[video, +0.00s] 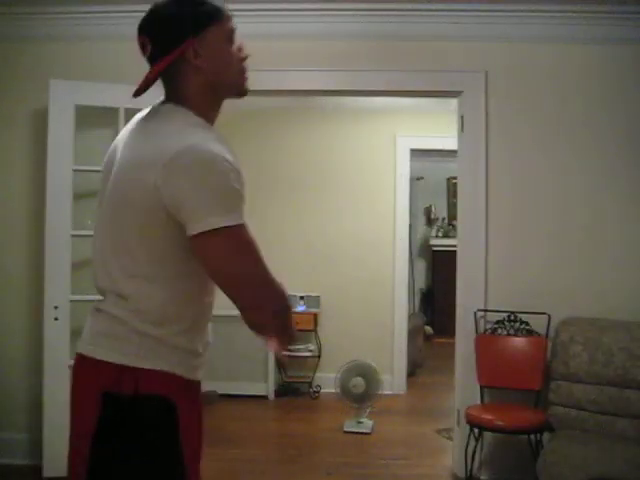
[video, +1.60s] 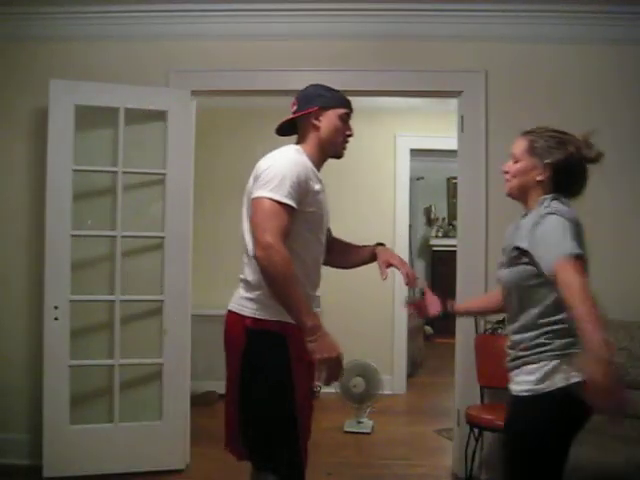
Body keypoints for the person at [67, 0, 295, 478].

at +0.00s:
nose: (242, 52)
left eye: (236, 40)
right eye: (229, 41)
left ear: (192, 58)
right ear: (195, 56)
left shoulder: (140, 134)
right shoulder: (193, 153)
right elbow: (264, 304)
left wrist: (263, 317)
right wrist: (282, 329)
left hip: (110, 374)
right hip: (147, 386)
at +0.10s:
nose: (232, 66)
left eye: (226, 53)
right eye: (220, 54)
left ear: (182, 70)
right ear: (185, 68)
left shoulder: (120, 143)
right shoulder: (196, 160)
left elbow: (90, 242)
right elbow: (243, 295)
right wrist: (297, 389)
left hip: (105, 371)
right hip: (157, 383)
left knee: (102, 474)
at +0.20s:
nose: (226, 76)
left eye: (222, 64)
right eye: (216, 65)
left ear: (178, 79)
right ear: (184, 77)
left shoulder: (110, 148)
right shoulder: (203, 155)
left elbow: (72, 238)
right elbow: (231, 289)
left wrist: (125, 294)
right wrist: (261, 416)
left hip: (103, 360)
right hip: (166, 369)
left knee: (100, 472)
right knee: (180, 473)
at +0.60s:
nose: (251, 116)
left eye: (250, 103)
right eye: (246, 102)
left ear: (198, 107)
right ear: (219, 104)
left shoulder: (151, 165)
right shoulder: (226, 158)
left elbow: (141, 261)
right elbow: (227, 263)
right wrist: (248, 373)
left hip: (136, 355)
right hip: (196, 363)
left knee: (126, 470)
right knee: (206, 471)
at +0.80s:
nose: (275, 123)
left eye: (274, 112)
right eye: (270, 111)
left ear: (229, 113)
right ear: (242, 111)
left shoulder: (182, 165)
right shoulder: (235, 161)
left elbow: (203, 254)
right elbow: (243, 262)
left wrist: (267, 278)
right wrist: (306, 334)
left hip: (174, 347)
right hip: (216, 352)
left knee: (180, 469)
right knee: (229, 471)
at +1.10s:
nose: (308, 128)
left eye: (308, 117)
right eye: (302, 115)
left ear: (270, 117)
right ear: (273, 115)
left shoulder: (244, 159)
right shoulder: (250, 157)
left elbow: (254, 245)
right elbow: (262, 240)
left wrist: (313, 258)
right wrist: (316, 320)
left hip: (236, 335)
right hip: (226, 337)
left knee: (250, 460)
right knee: (221, 464)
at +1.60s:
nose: (350, 129)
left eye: (350, 121)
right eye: (343, 118)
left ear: (318, 122)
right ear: (315, 119)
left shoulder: (308, 176)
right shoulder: (286, 165)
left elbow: (326, 250)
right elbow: (268, 247)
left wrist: (376, 251)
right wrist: (314, 329)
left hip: (288, 331)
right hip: (266, 331)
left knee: (285, 458)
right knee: (275, 462)